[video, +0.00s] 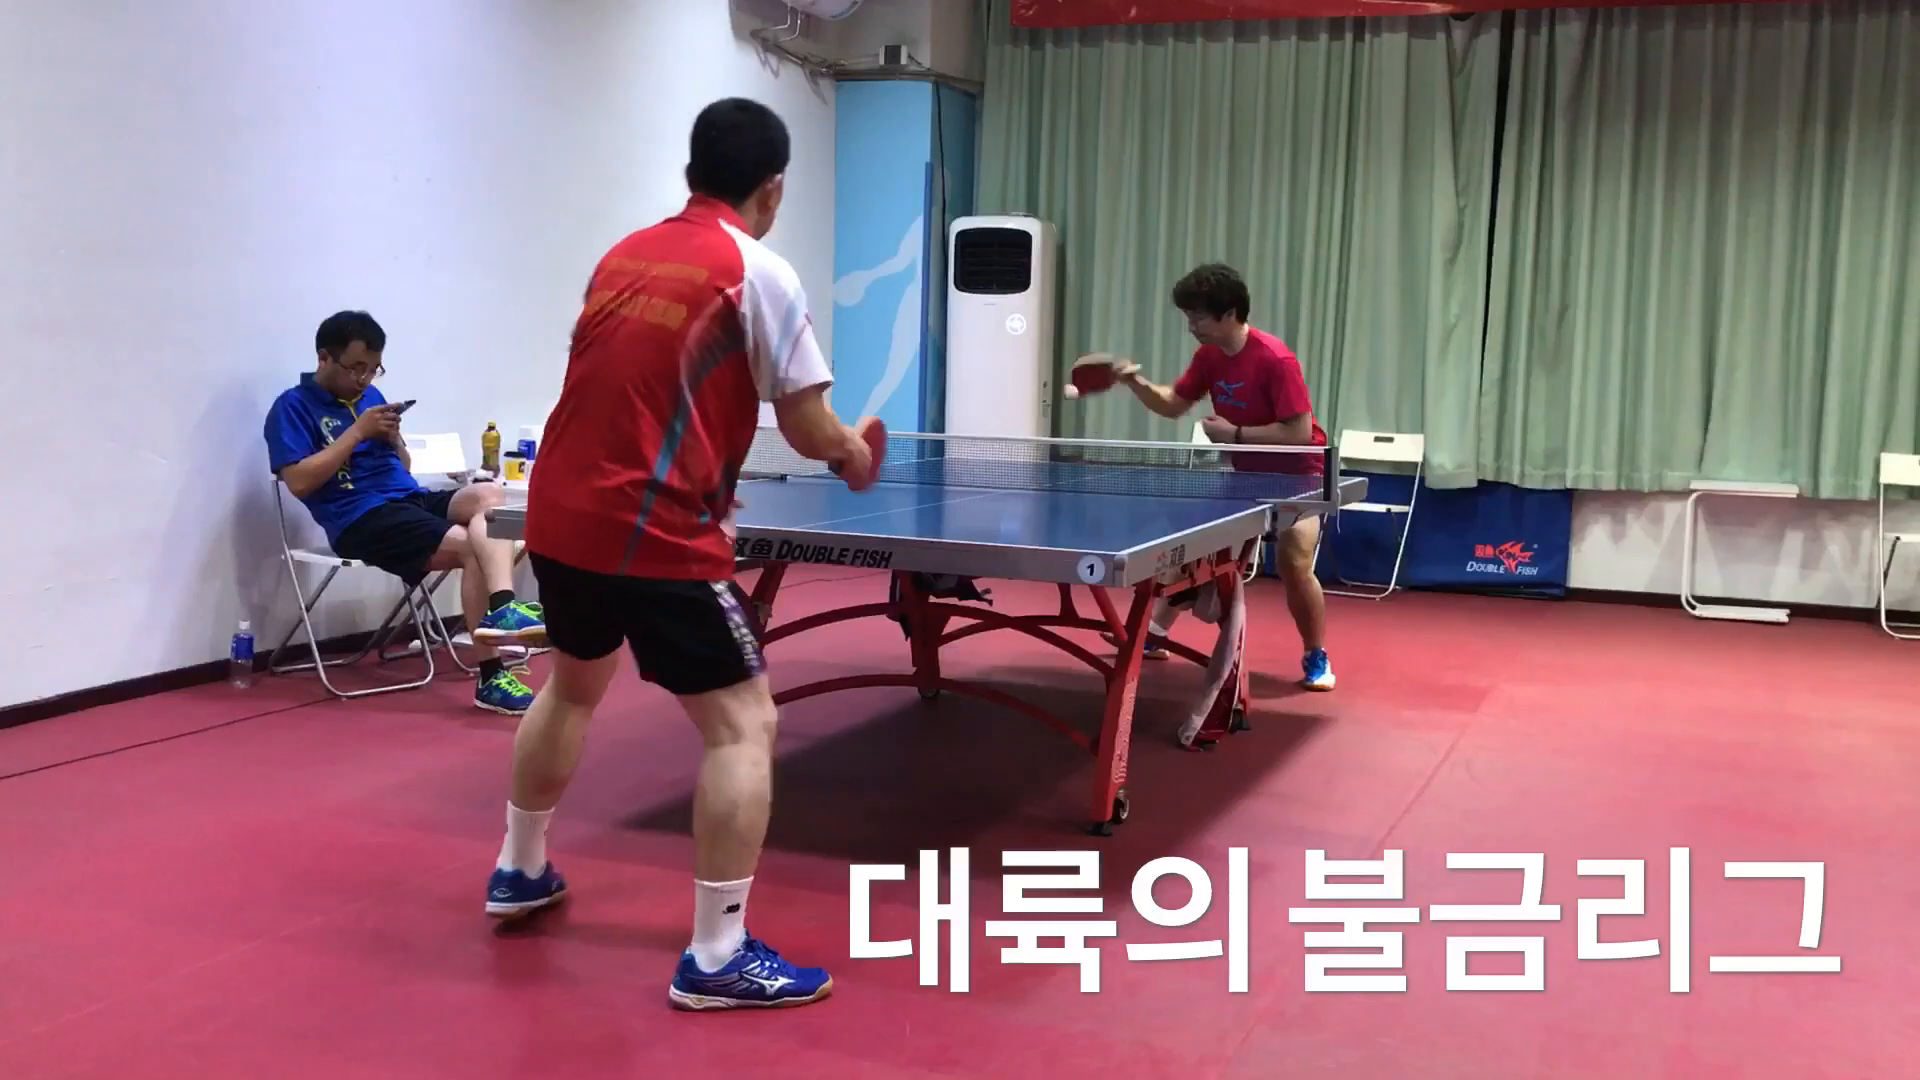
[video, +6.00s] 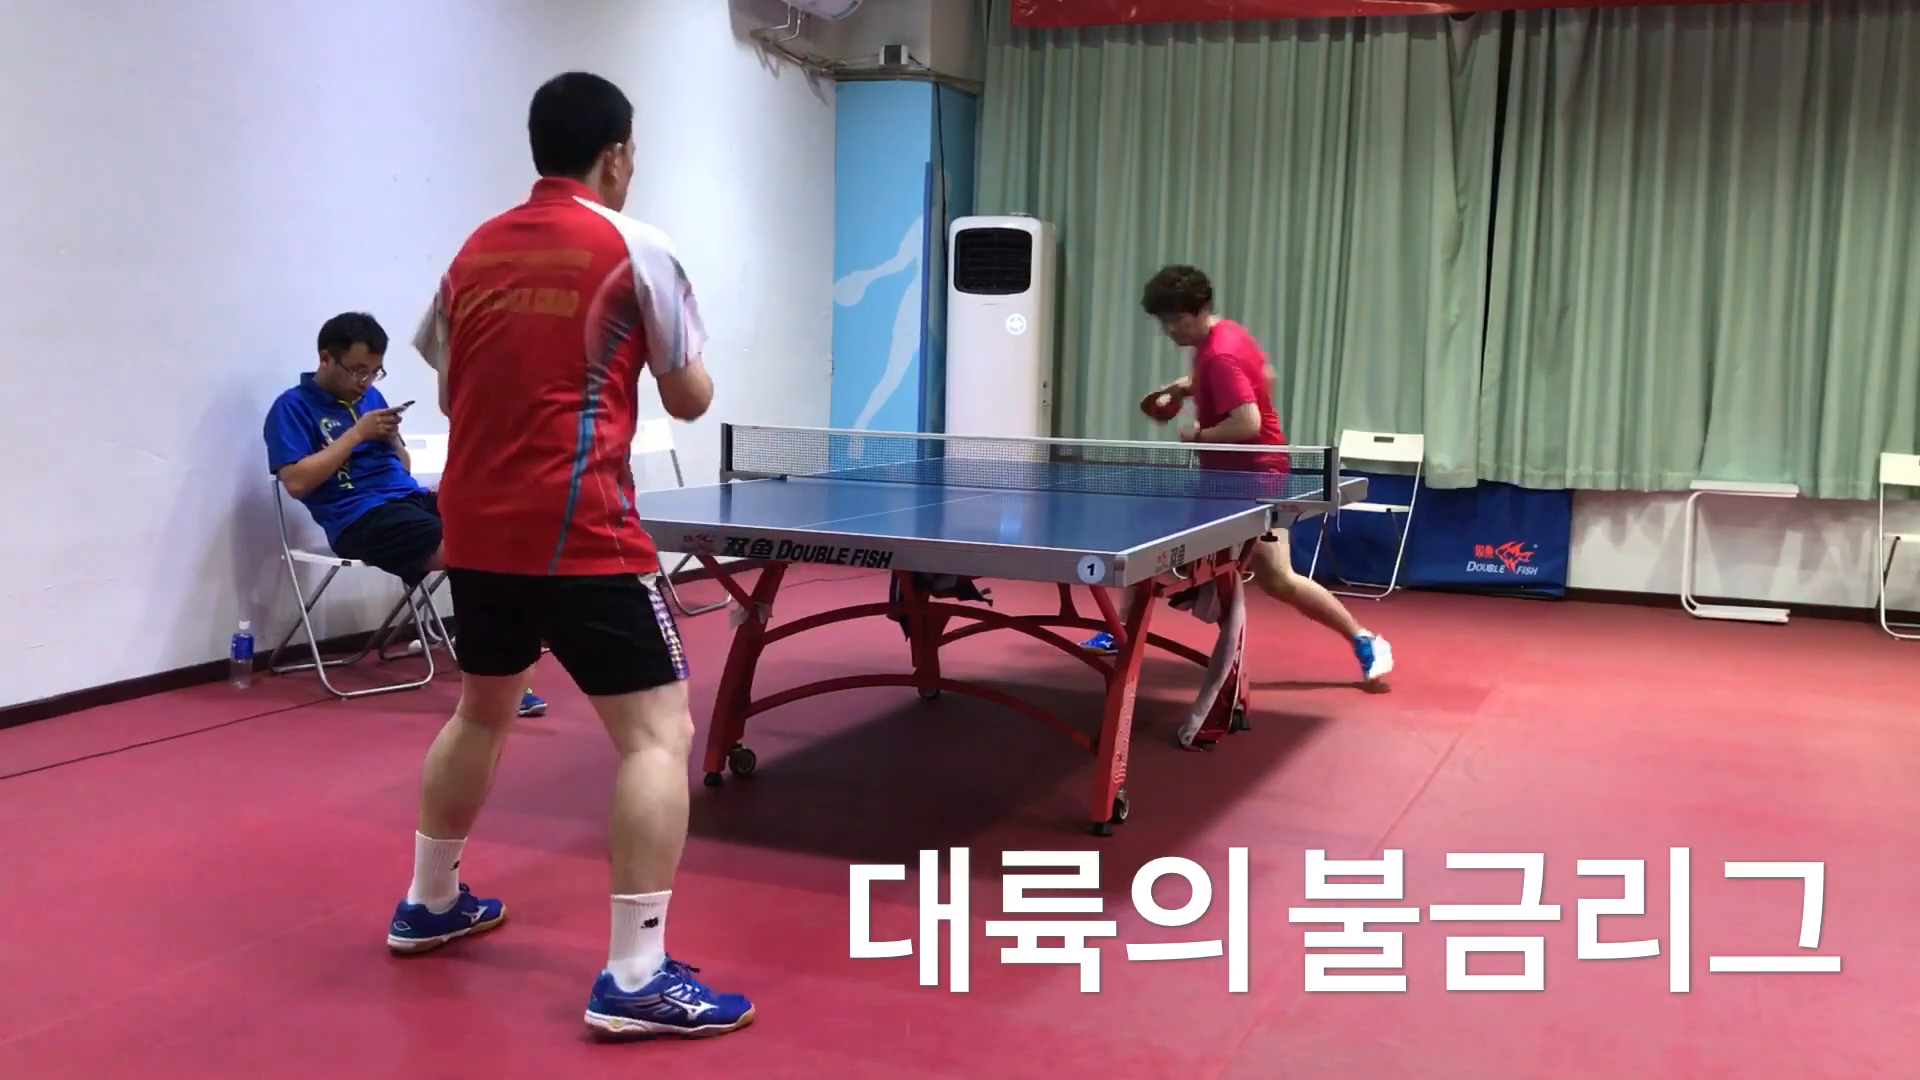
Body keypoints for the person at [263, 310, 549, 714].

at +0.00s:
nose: (364, 379)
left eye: (371, 370)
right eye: (356, 368)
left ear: (377, 365)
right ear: (324, 359)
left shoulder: (369, 396)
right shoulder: (292, 408)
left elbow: (404, 466)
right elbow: (299, 483)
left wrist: (393, 436)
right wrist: (358, 431)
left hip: (409, 501)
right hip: (363, 518)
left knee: (489, 494)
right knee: (479, 549)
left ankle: (503, 605)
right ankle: (492, 678)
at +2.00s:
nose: (366, 382)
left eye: (374, 372)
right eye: (358, 371)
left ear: (380, 366)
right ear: (327, 358)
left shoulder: (370, 398)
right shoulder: (291, 408)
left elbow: (404, 467)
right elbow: (294, 483)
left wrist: (393, 438)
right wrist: (358, 434)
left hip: (409, 500)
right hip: (361, 519)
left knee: (484, 499)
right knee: (477, 548)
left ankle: (496, 611)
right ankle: (491, 677)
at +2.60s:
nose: (366, 383)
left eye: (374, 373)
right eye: (358, 371)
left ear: (379, 367)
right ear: (326, 360)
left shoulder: (370, 397)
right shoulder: (291, 408)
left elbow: (403, 467)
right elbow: (293, 482)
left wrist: (393, 438)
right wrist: (354, 434)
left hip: (410, 499)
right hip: (364, 519)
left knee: (489, 506)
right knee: (474, 547)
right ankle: (490, 675)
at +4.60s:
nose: (368, 382)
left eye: (375, 372)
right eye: (359, 371)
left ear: (381, 364)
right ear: (326, 358)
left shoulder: (370, 397)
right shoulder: (291, 407)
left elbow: (404, 468)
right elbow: (300, 482)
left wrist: (393, 437)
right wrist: (360, 432)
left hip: (411, 500)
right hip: (363, 520)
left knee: (492, 501)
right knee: (477, 548)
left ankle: (495, 613)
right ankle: (493, 675)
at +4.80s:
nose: (366, 381)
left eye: (373, 372)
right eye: (357, 370)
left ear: (379, 367)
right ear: (324, 360)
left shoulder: (369, 395)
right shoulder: (292, 407)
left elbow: (403, 466)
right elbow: (300, 481)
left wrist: (392, 436)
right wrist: (360, 431)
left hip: (412, 502)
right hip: (364, 519)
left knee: (502, 524)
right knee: (478, 549)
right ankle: (490, 676)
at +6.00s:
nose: (365, 382)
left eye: (372, 372)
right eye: (357, 371)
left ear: (378, 367)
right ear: (325, 360)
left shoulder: (369, 397)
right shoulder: (291, 408)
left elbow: (403, 466)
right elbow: (296, 482)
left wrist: (391, 435)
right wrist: (358, 433)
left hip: (410, 502)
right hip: (363, 519)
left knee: (502, 536)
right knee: (478, 555)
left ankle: (507, 673)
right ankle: (506, 680)